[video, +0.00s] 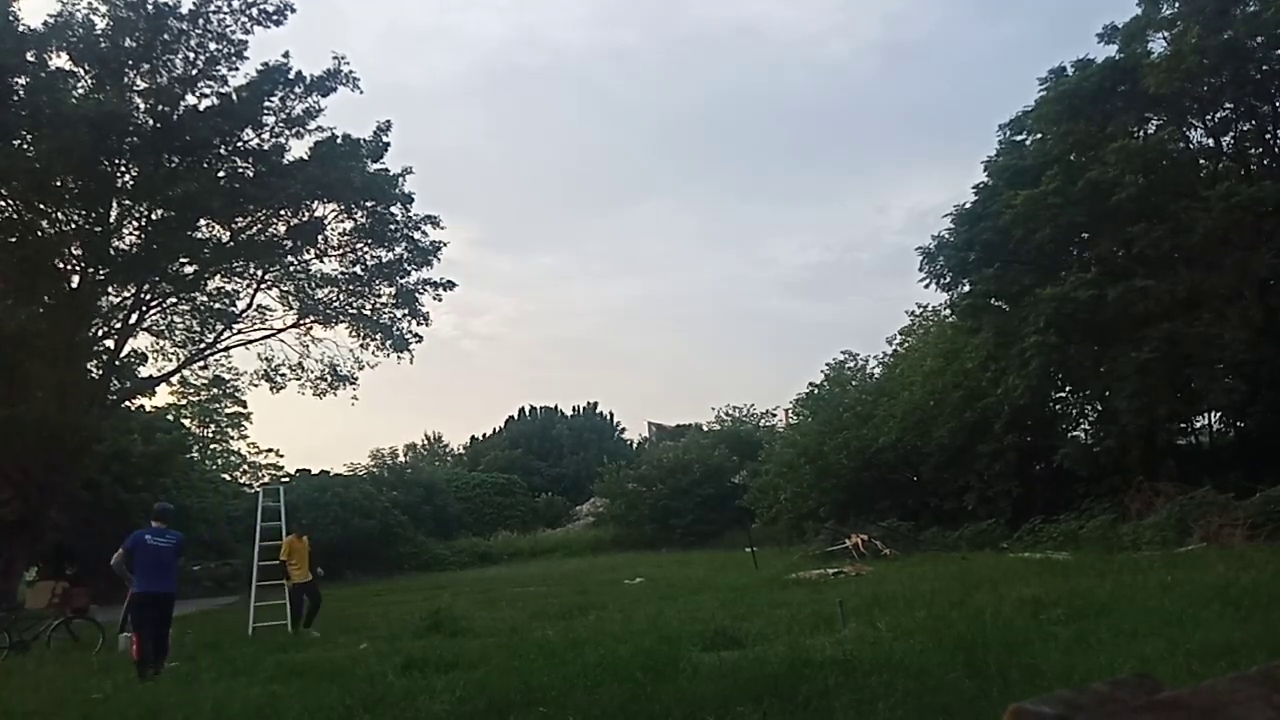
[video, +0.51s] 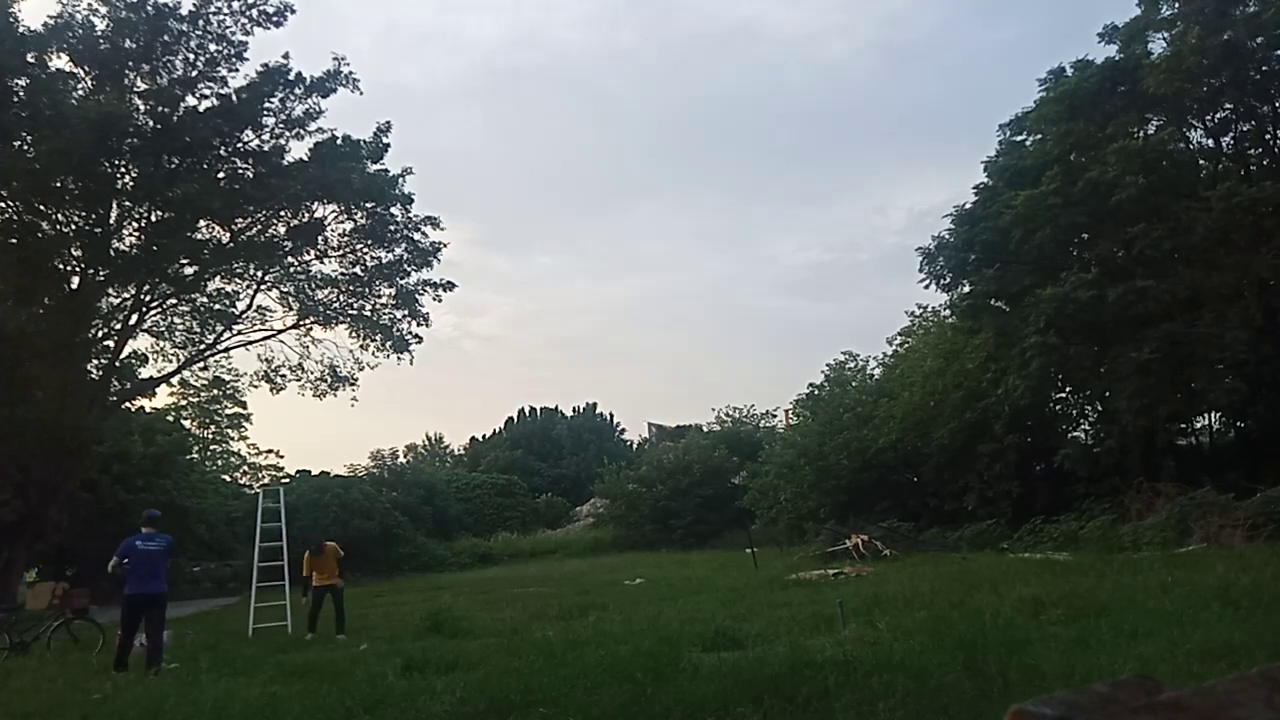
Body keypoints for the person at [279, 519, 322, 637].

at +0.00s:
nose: (301, 532)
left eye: (303, 529)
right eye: (299, 529)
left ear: (305, 530)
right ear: (294, 529)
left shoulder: (305, 540)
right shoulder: (288, 542)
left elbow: (308, 556)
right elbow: (282, 560)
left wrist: (314, 569)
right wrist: (287, 578)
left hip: (307, 578)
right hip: (294, 581)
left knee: (316, 600)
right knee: (296, 608)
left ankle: (307, 627)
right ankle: (295, 631)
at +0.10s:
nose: (307, 533)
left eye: (309, 530)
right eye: (305, 530)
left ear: (310, 531)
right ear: (300, 530)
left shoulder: (311, 539)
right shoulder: (292, 542)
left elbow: (313, 556)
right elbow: (287, 562)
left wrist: (318, 570)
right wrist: (291, 580)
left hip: (313, 579)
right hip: (299, 582)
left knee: (322, 602)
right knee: (300, 607)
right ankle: (297, 630)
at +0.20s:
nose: (310, 536)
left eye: (312, 533)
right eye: (308, 533)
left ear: (314, 533)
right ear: (304, 532)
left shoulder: (318, 540)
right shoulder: (296, 544)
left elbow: (320, 558)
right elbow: (292, 564)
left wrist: (324, 571)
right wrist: (294, 582)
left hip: (318, 581)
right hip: (304, 583)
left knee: (328, 606)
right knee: (304, 611)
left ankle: (336, 630)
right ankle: (299, 634)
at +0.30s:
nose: (313, 540)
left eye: (315, 538)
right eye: (311, 538)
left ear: (318, 536)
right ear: (308, 537)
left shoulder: (324, 541)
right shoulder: (302, 547)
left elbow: (328, 556)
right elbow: (297, 567)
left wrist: (330, 572)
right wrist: (298, 584)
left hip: (324, 581)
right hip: (309, 583)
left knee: (332, 607)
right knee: (309, 609)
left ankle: (339, 631)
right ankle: (302, 632)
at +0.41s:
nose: (315, 548)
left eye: (317, 545)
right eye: (312, 546)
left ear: (321, 541)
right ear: (309, 543)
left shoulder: (330, 543)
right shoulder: (306, 551)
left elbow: (336, 558)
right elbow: (301, 571)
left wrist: (337, 574)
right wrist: (301, 589)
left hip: (330, 581)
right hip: (315, 584)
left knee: (336, 607)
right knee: (314, 609)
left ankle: (340, 633)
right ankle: (303, 632)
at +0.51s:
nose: (317, 556)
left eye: (319, 553)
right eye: (315, 554)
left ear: (323, 547)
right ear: (311, 550)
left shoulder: (332, 547)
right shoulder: (309, 555)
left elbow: (342, 560)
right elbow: (306, 576)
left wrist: (342, 577)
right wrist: (304, 595)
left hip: (335, 581)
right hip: (319, 582)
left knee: (339, 608)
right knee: (315, 608)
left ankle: (340, 633)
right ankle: (311, 632)